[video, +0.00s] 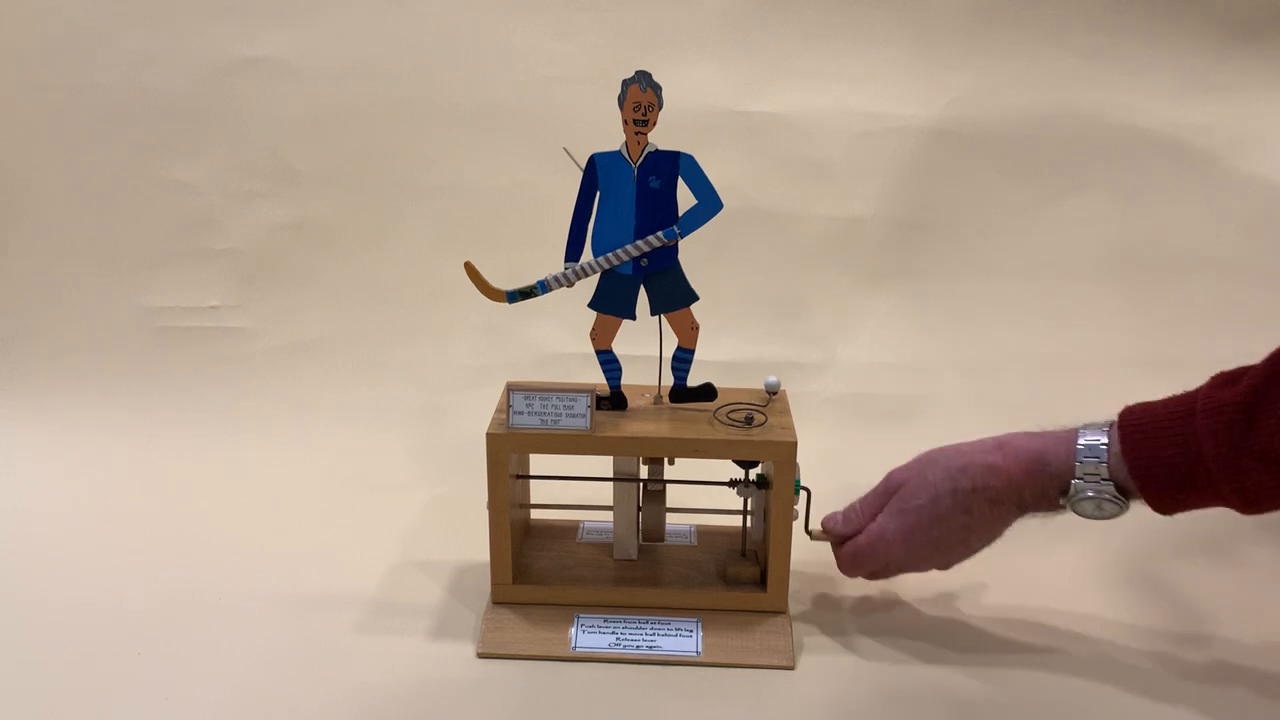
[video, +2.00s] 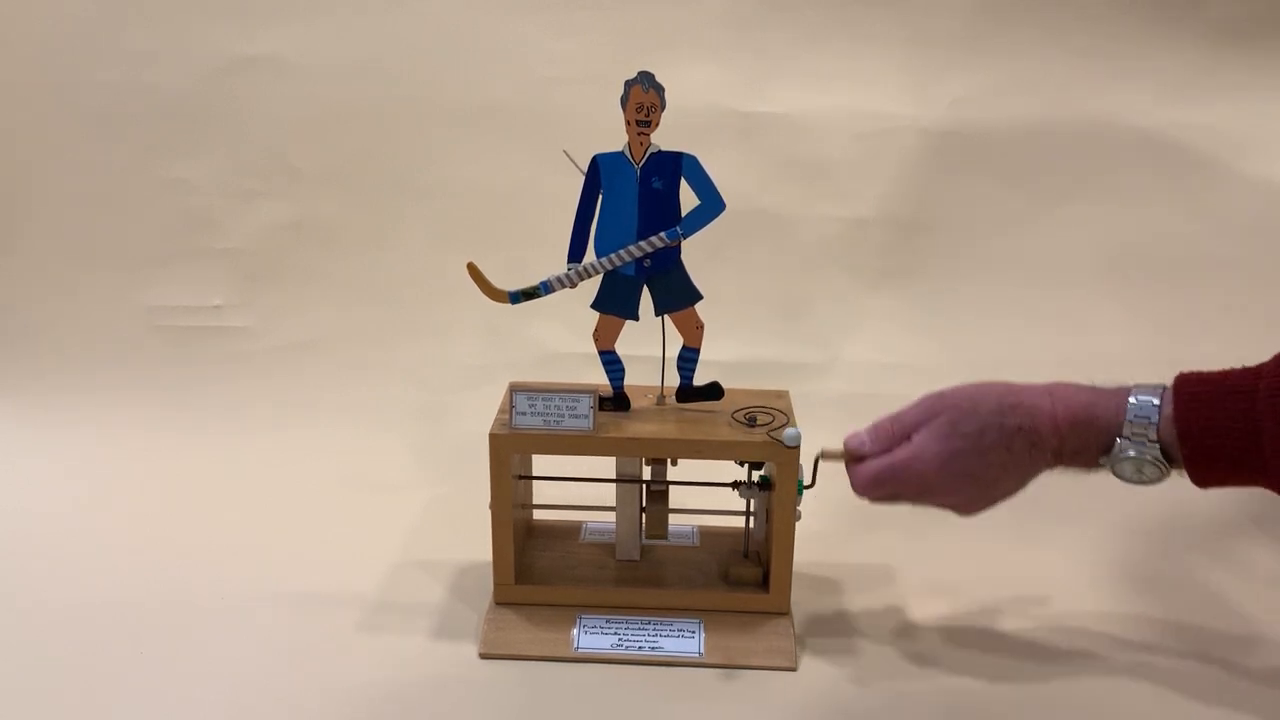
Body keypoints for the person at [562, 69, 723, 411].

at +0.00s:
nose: (642, 113)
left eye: (650, 107)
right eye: (635, 105)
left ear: (658, 114)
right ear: (621, 111)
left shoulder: (675, 162)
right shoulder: (599, 164)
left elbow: (712, 203)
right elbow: (580, 218)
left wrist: (675, 233)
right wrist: (571, 266)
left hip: (662, 265)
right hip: (618, 267)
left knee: (689, 331)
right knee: (600, 337)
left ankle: (679, 390)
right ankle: (615, 394)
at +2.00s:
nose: (645, 113)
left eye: (652, 108)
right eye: (638, 106)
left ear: (661, 115)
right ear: (624, 112)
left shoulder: (678, 163)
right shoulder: (602, 165)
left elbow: (715, 204)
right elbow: (583, 218)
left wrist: (677, 234)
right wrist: (574, 266)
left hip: (664, 265)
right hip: (620, 267)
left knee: (694, 331)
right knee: (603, 337)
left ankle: (685, 390)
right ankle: (618, 395)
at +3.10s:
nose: (642, 117)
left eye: (649, 111)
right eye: (635, 110)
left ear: (658, 119)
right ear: (620, 116)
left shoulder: (676, 167)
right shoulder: (600, 170)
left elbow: (713, 208)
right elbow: (582, 223)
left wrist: (674, 238)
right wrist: (572, 271)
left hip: (666, 263)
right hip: (621, 268)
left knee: (718, 313)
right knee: (603, 342)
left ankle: (733, 372)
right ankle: (618, 400)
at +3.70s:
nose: (647, 121)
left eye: (654, 114)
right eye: (640, 113)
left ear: (663, 122)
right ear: (626, 118)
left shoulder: (681, 170)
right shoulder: (604, 171)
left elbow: (716, 211)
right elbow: (585, 224)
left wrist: (676, 241)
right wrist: (575, 270)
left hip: (667, 270)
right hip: (621, 272)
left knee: (706, 330)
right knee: (603, 344)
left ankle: (707, 389)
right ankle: (618, 402)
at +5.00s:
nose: (643, 121)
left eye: (651, 115)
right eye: (637, 113)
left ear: (660, 121)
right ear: (622, 118)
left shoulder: (676, 170)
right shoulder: (601, 171)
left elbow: (713, 211)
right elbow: (581, 225)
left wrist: (675, 241)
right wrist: (571, 273)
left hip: (661, 277)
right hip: (617, 277)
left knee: (675, 343)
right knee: (600, 344)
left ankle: (658, 400)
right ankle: (615, 401)